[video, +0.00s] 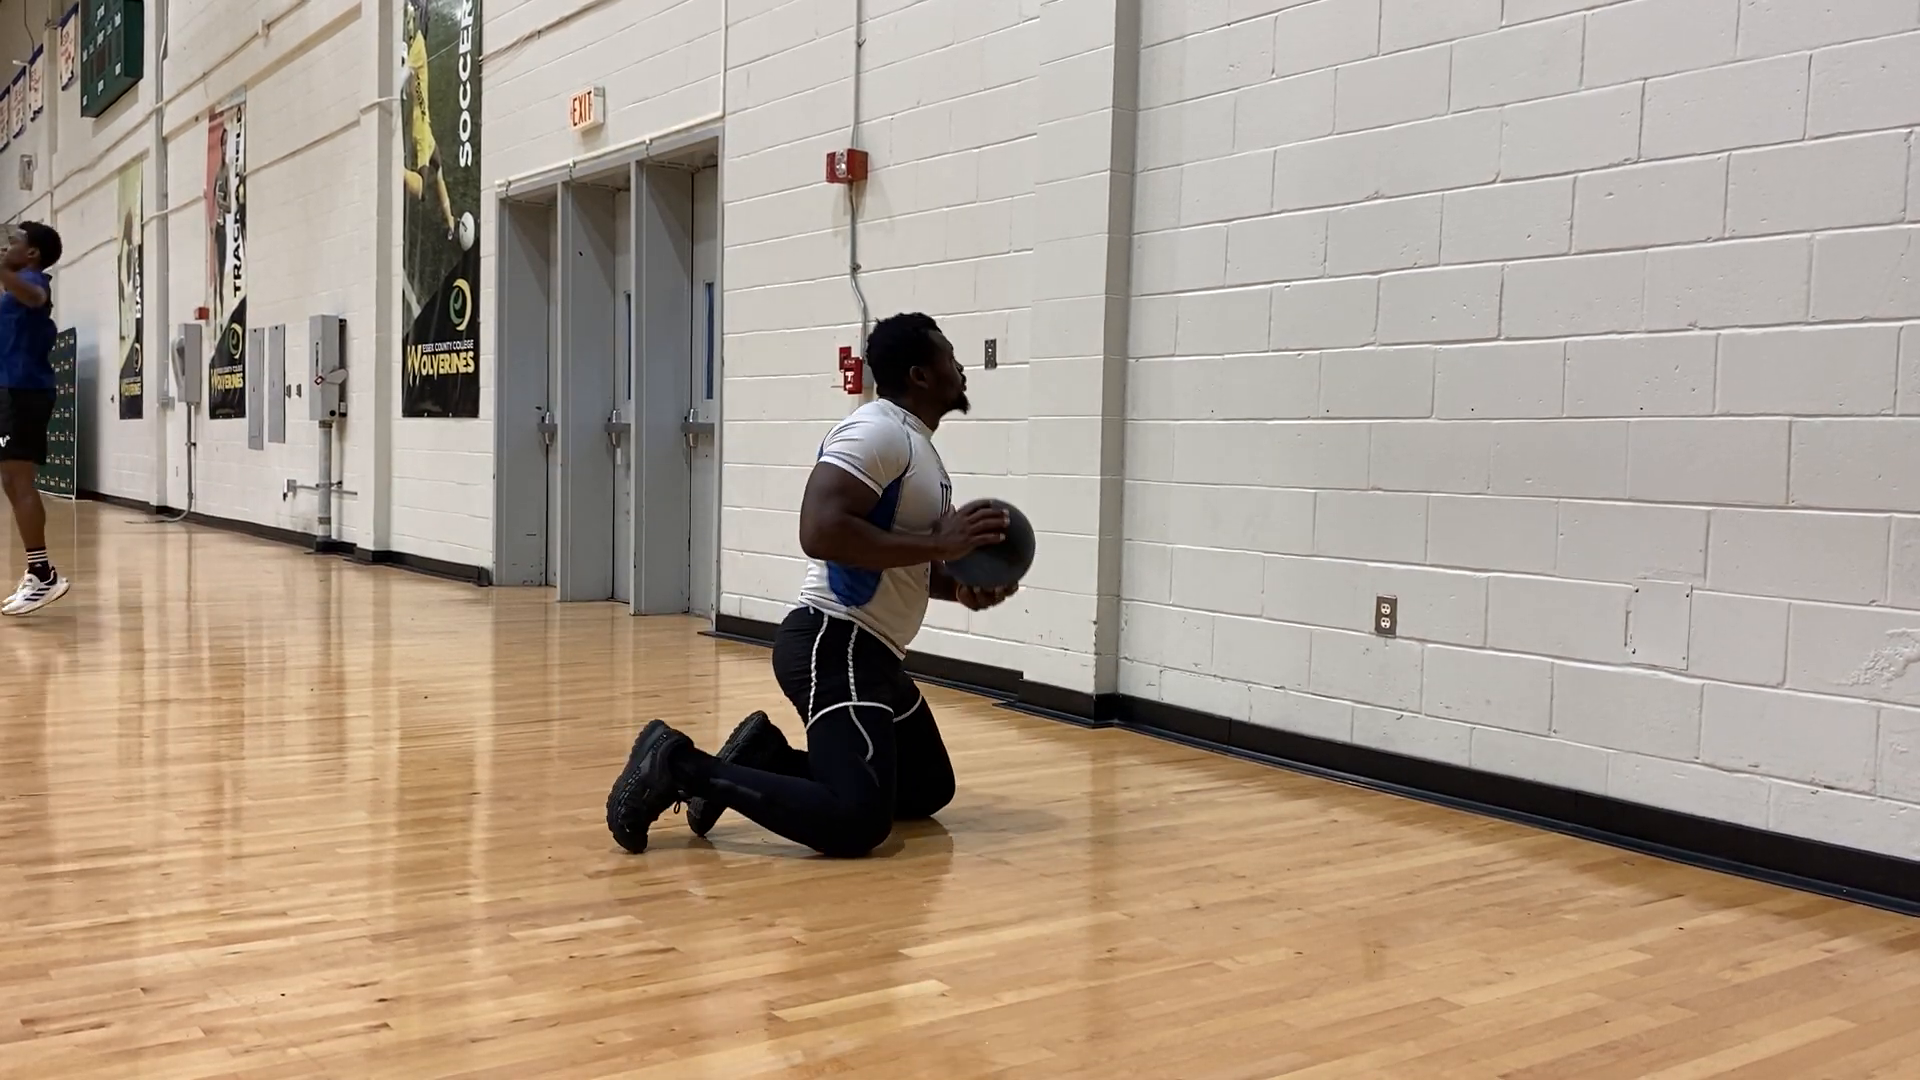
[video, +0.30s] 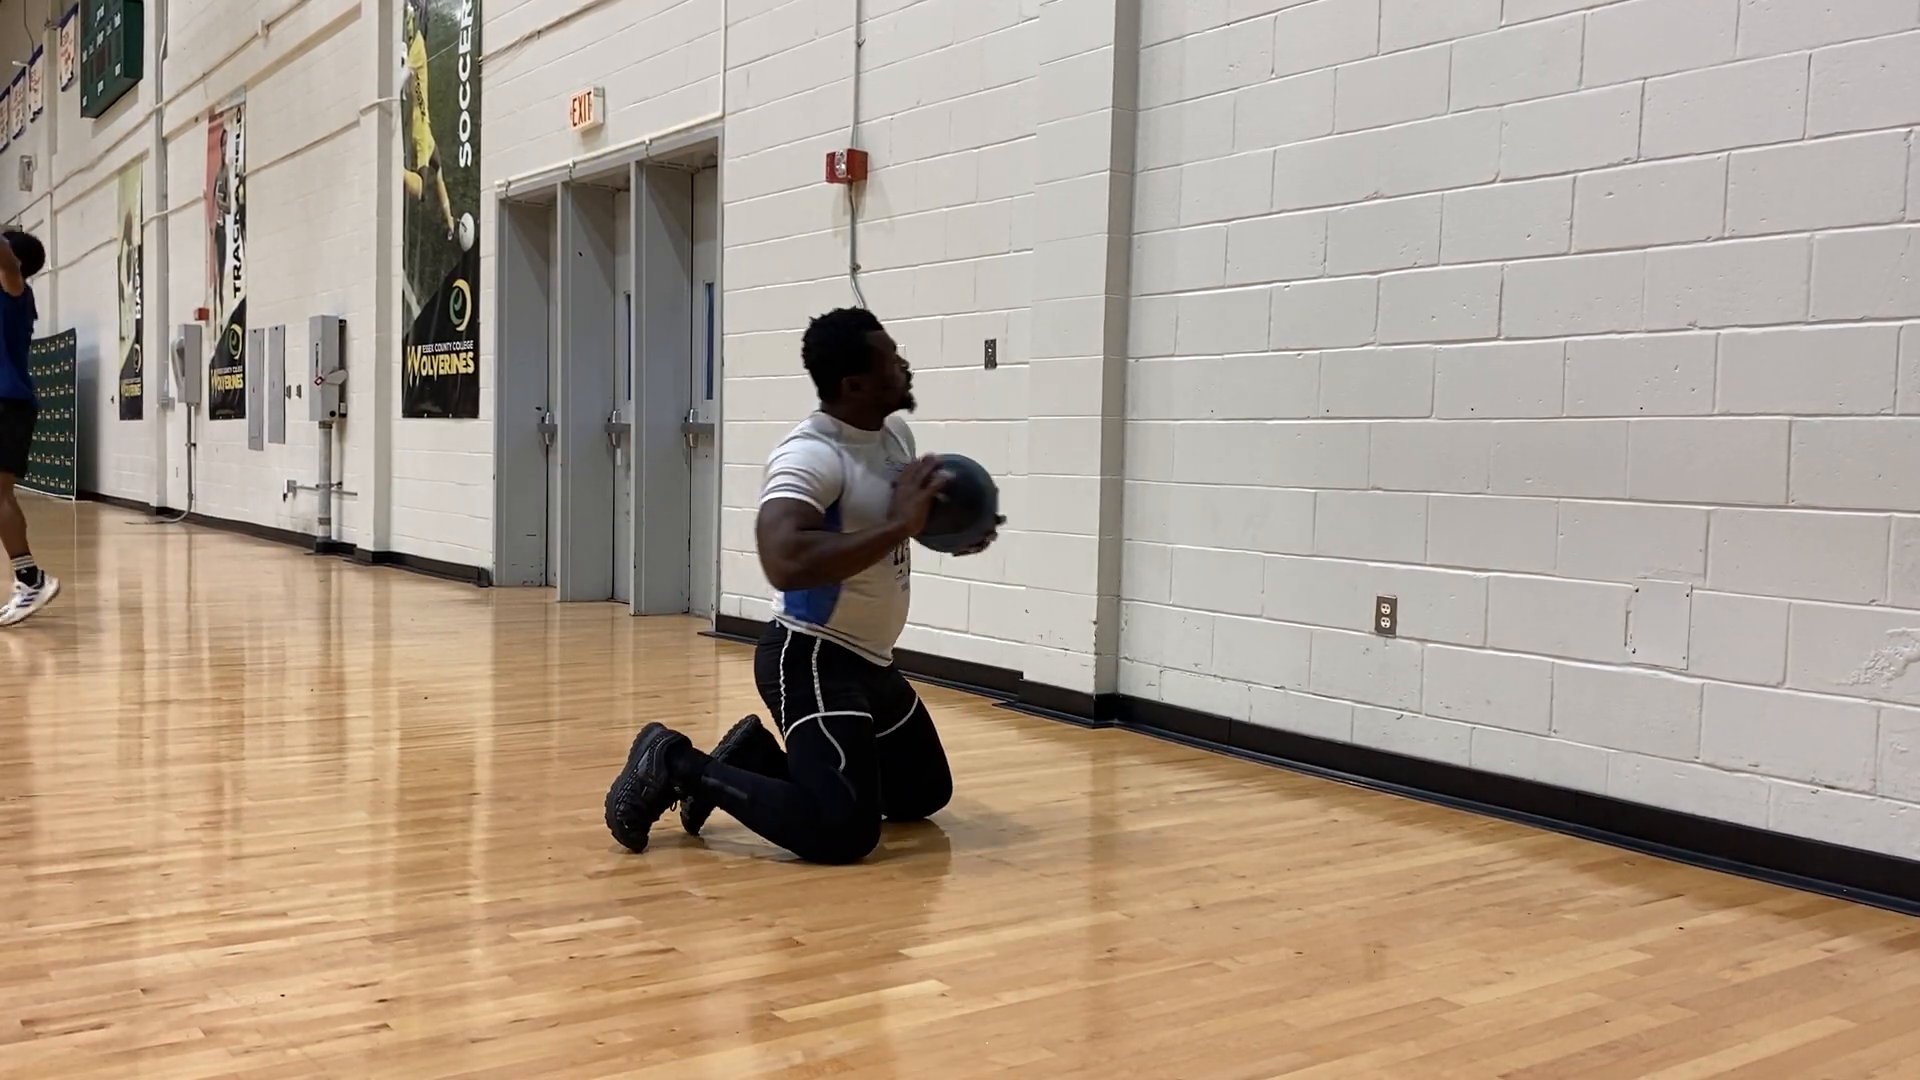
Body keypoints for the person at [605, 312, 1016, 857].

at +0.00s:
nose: (961, 367)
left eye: (954, 355)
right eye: (950, 356)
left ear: (916, 377)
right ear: (920, 375)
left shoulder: (920, 450)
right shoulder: (878, 429)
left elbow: (899, 562)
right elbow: (821, 530)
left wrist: (961, 587)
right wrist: (934, 545)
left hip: (871, 649)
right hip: (833, 641)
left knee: (925, 787)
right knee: (858, 822)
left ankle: (770, 760)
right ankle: (681, 766)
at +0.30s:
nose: (905, 364)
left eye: (897, 352)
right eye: (891, 358)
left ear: (858, 385)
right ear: (854, 386)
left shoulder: (894, 434)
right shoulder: (809, 453)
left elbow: (903, 511)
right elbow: (785, 561)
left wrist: (958, 527)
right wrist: (898, 527)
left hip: (868, 659)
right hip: (810, 657)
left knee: (922, 789)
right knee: (843, 833)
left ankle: (762, 763)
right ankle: (677, 766)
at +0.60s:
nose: (844, 357)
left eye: (846, 343)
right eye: (824, 349)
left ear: (851, 341)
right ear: (778, 364)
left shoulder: (882, 419)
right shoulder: (742, 442)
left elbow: (954, 501)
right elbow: (652, 534)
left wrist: (914, 498)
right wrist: (748, 524)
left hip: (850, 653)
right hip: (792, 651)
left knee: (875, 795)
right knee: (836, 832)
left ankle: (699, 757)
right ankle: (667, 768)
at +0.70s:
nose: (839, 347)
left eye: (842, 333)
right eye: (819, 337)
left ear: (848, 336)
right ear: (774, 351)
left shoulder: (875, 414)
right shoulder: (731, 432)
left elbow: (945, 499)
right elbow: (655, 532)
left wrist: (900, 498)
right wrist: (743, 521)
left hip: (846, 650)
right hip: (789, 650)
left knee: (855, 808)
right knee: (832, 833)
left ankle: (682, 760)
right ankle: (663, 769)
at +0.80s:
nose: (839, 344)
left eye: (841, 332)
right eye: (819, 333)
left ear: (845, 336)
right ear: (772, 346)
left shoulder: (866, 414)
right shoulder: (728, 430)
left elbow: (931, 509)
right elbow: (665, 541)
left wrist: (902, 499)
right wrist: (768, 517)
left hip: (838, 648)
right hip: (787, 649)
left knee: (852, 810)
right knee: (830, 835)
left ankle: (678, 758)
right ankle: (660, 770)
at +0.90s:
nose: (843, 345)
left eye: (842, 332)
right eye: (825, 332)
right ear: (774, 342)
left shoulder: (847, 420)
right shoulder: (734, 428)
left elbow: (912, 523)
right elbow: (681, 546)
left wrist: (895, 496)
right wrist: (799, 508)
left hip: (832, 648)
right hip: (785, 650)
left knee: (852, 811)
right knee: (832, 834)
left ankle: (678, 757)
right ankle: (660, 771)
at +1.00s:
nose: (844, 346)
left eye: (842, 334)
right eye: (828, 335)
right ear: (778, 345)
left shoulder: (839, 423)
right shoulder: (742, 425)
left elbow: (880, 522)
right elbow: (708, 534)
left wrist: (919, 494)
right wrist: (828, 494)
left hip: (825, 648)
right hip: (783, 649)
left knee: (848, 804)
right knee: (834, 832)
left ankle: (679, 755)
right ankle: (662, 769)